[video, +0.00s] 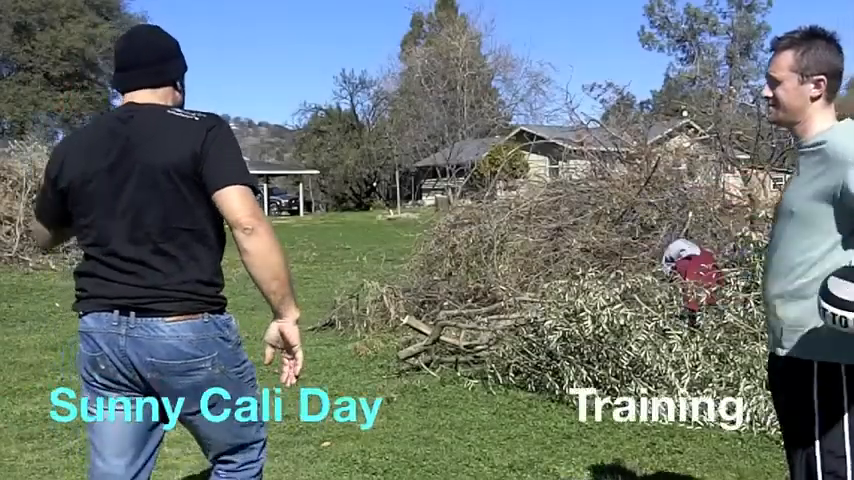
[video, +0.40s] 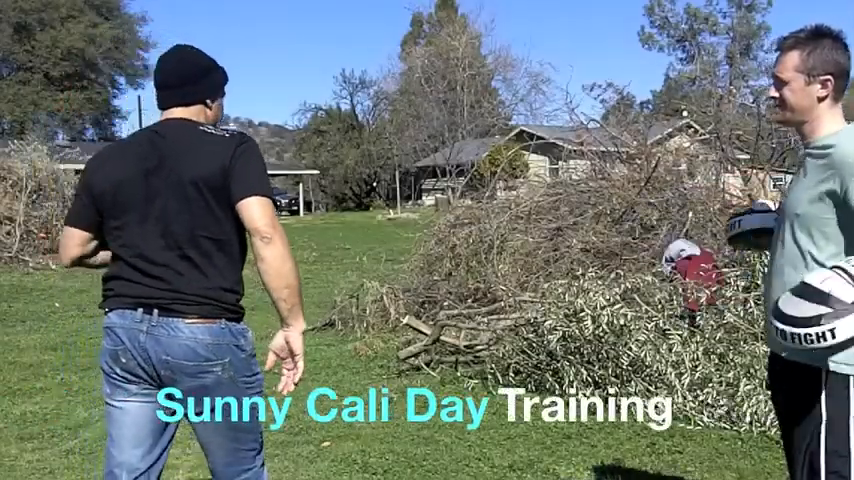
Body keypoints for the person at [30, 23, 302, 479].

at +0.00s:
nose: (184, 86)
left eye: (180, 77)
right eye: (183, 77)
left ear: (119, 84)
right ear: (176, 78)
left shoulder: (75, 145)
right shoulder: (204, 131)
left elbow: (48, 234)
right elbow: (247, 223)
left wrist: (93, 192)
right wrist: (286, 314)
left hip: (101, 333)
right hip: (188, 332)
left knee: (112, 472)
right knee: (238, 455)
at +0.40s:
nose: (223, 107)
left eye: (222, 96)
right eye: (221, 97)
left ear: (162, 97)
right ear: (208, 97)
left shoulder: (110, 157)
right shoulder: (233, 148)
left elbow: (73, 252)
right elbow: (264, 231)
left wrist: (131, 248)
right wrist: (292, 323)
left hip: (124, 331)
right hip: (206, 334)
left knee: (127, 473)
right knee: (241, 470)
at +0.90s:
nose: (279, 107)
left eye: (278, 96)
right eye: (277, 97)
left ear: (220, 95)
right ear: (261, 98)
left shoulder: (164, 148)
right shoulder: (278, 154)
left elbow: (130, 231)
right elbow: (304, 249)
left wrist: (183, 262)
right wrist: (328, 325)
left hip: (167, 320)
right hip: (241, 323)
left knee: (168, 447)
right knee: (259, 462)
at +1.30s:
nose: (304, 106)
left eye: (305, 95)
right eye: (302, 95)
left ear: (251, 93)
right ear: (279, 94)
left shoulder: (195, 146)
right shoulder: (290, 148)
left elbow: (160, 219)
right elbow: (312, 237)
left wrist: (210, 254)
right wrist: (340, 274)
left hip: (197, 306)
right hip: (258, 312)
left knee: (230, 414)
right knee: (272, 448)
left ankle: (217, 475)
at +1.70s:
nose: (321, 106)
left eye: (320, 97)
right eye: (315, 96)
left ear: (274, 100)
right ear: (285, 98)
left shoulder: (231, 150)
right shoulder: (281, 147)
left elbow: (211, 221)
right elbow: (290, 226)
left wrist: (265, 241)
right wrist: (340, 241)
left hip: (233, 303)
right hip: (264, 307)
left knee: (277, 429)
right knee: (284, 444)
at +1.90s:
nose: (324, 110)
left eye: (323, 100)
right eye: (316, 100)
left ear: (285, 106)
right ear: (285, 104)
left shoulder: (280, 152)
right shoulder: (265, 150)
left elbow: (277, 225)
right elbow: (267, 228)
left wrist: (317, 251)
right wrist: (330, 229)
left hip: (279, 303)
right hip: (259, 305)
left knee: (294, 433)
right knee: (290, 440)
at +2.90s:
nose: (304, 106)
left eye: (306, 97)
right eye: (293, 99)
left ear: (308, 100)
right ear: (263, 106)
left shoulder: (320, 157)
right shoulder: (228, 156)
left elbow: (335, 225)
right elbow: (215, 229)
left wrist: (351, 220)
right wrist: (281, 197)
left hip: (319, 308)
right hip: (255, 310)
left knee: (336, 416)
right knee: (259, 427)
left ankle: (315, 477)